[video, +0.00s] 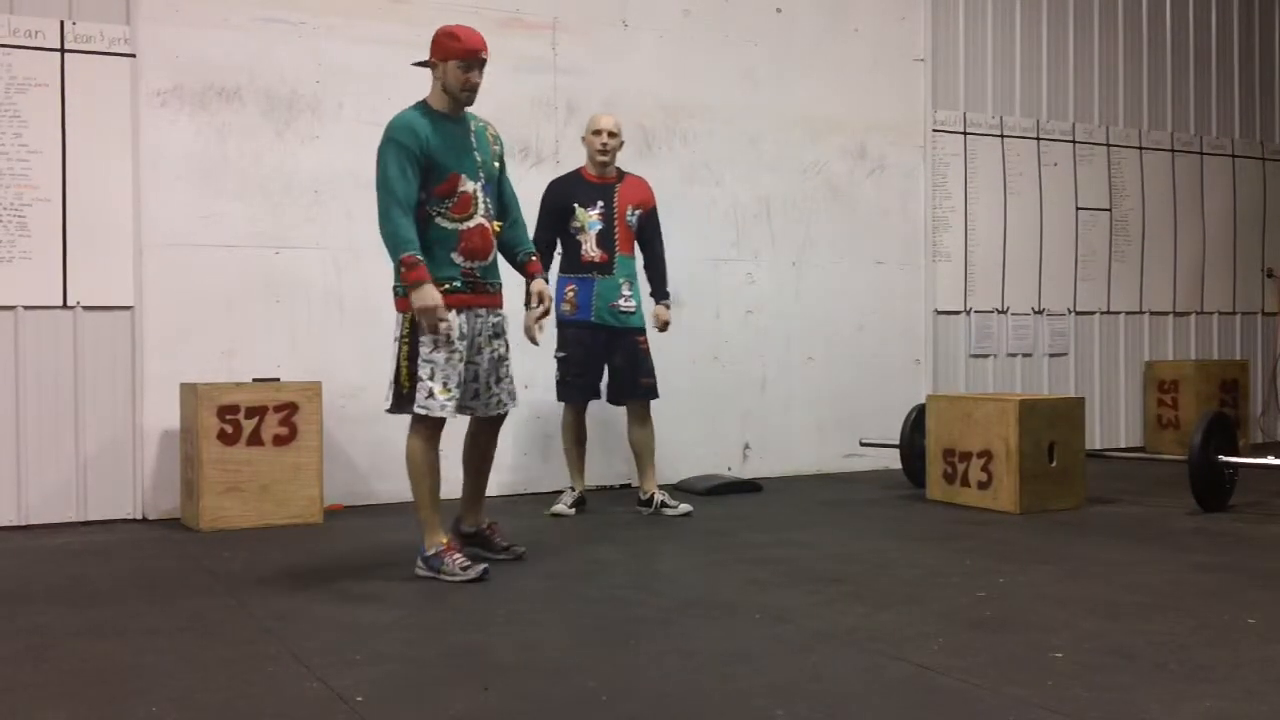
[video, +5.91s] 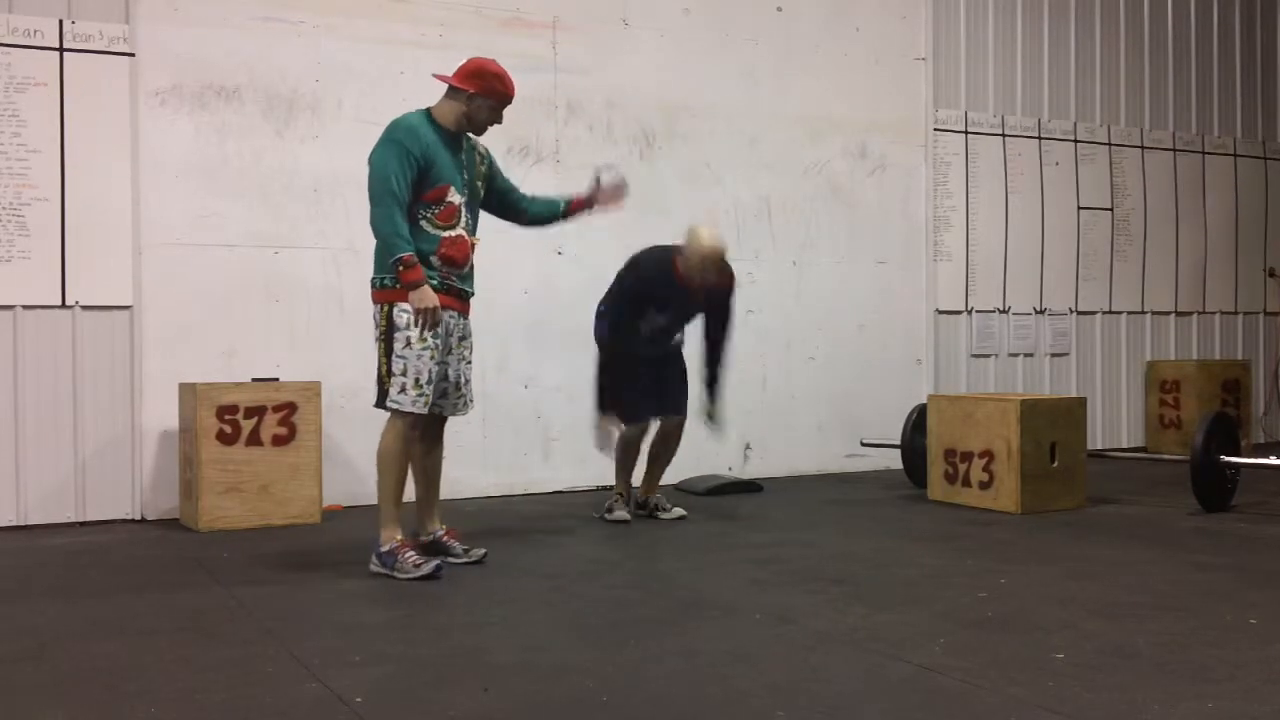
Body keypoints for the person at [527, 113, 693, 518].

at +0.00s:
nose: (605, 140)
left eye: (612, 134)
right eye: (597, 134)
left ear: (621, 142)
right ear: (585, 140)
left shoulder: (638, 189)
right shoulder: (561, 190)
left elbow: (652, 248)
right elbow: (542, 250)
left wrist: (661, 299)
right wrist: (534, 302)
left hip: (627, 318)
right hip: (577, 318)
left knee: (639, 404)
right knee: (574, 405)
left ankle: (649, 491)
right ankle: (575, 490)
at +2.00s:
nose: (650, 148)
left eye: (656, 141)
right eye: (642, 140)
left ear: (662, 143)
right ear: (624, 139)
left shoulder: (671, 187)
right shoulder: (599, 186)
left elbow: (681, 249)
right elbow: (578, 249)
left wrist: (687, 303)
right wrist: (576, 307)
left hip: (658, 313)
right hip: (612, 312)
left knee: (659, 402)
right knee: (613, 401)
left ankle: (648, 488)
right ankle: (611, 490)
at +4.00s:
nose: (645, 125)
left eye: (649, 119)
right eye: (636, 119)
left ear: (656, 128)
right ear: (618, 129)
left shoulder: (672, 182)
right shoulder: (599, 181)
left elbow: (686, 244)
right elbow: (586, 247)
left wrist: (692, 295)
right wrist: (596, 301)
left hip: (663, 309)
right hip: (619, 309)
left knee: (655, 402)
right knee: (617, 402)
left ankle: (648, 491)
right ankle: (617, 492)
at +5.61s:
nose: (680, 157)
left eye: (686, 149)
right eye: (672, 149)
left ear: (690, 148)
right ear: (652, 145)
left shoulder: (695, 191)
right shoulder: (618, 188)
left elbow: (690, 253)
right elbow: (587, 246)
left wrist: (680, 305)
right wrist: (580, 307)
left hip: (662, 310)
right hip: (615, 310)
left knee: (657, 404)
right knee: (621, 405)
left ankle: (647, 492)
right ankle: (617, 493)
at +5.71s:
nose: (692, 190)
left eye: (697, 181)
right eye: (684, 182)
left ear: (702, 180)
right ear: (663, 179)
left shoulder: (703, 215)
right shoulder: (625, 212)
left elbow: (689, 268)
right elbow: (589, 268)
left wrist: (672, 308)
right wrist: (578, 322)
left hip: (660, 321)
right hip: (616, 322)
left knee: (663, 410)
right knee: (629, 409)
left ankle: (648, 493)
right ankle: (618, 494)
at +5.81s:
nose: (698, 233)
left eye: (703, 225)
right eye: (691, 224)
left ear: (708, 223)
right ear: (672, 218)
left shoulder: (710, 252)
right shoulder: (636, 244)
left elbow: (694, 299)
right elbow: (598, 298)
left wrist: (678, 337)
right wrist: (581, 358)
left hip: (663, 342)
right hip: (620, 341)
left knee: (671, 421)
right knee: (639, 421)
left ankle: (648, 495)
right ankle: (619, 497)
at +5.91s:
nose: (706, 273)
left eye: (712, 266)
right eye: (701, 265)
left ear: (719, 262)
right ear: (685, 256)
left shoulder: (720, 278)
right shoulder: (648, 266)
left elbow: (715, 337)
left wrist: (711, 394)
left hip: (666, 345)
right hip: (624, 343)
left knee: (673, 420)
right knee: (636, 422)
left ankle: (647, 496)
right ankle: (620, 495)